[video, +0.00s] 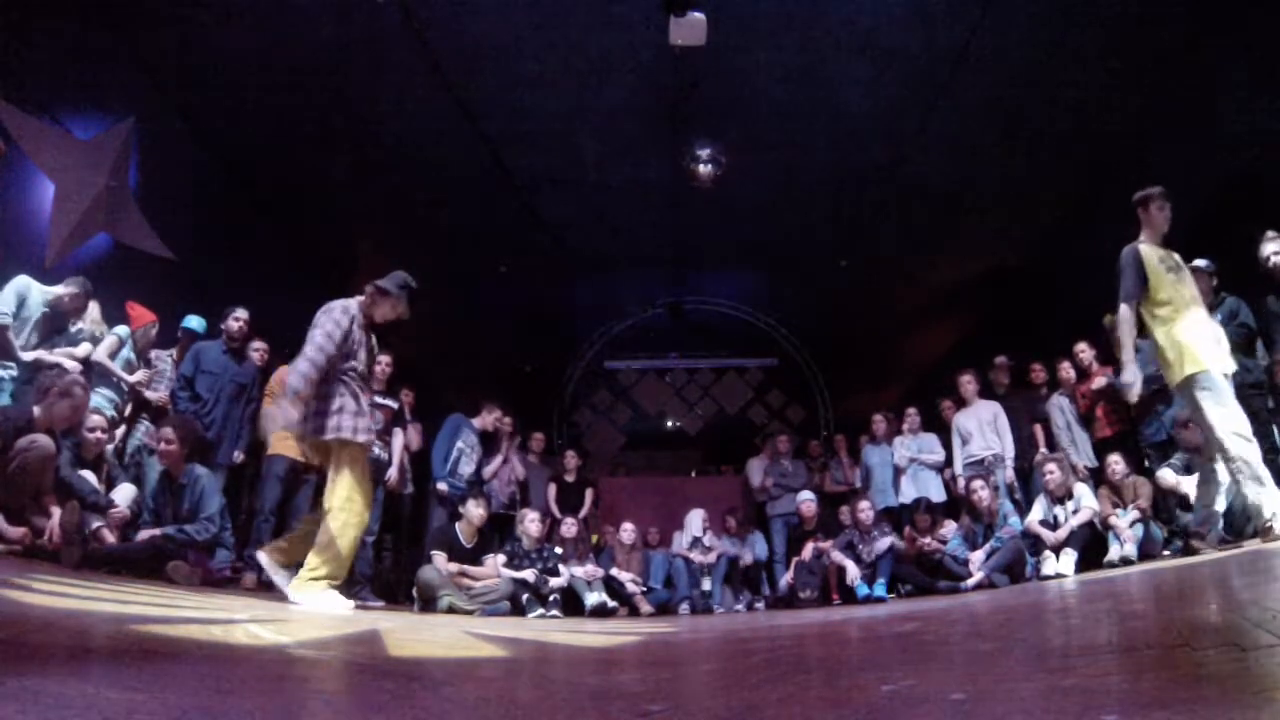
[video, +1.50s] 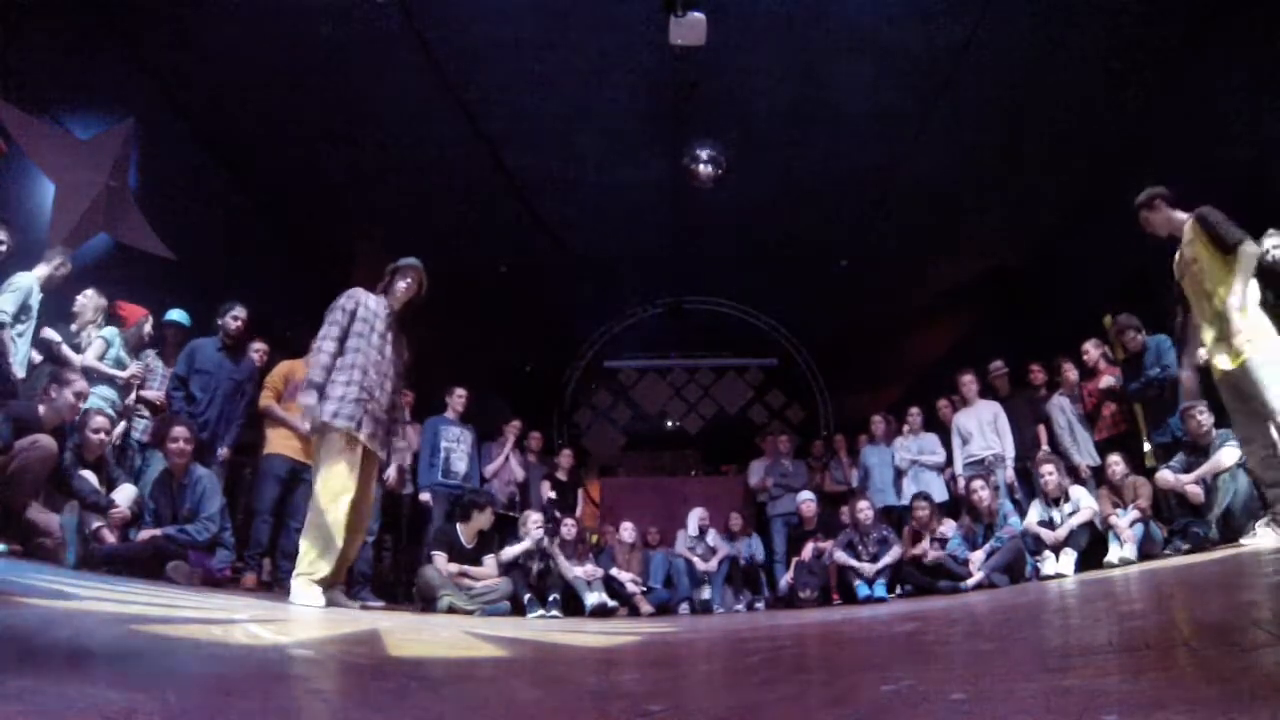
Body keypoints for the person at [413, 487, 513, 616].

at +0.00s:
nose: (482, 512)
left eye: (484, 508)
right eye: (476, 507)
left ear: (488, 512)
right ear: (461, 509)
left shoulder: (485, 538)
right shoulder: (442, 533)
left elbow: (493, 572)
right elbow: (442, 570)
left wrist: (462, 569)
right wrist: (474, 584)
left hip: (476, 590)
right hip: (447, 589)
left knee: (506, 585)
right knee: (426, 573)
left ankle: (453, 605)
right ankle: (477, 609)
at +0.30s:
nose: (484, 514)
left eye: (486, 509)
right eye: (478, 508)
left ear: (489, 512)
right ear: (462, 510)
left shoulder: (485, 538)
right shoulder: (442, 533)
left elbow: (493, 572)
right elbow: (442, 570)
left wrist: (462, 569)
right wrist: (474, 584)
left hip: (476, 591)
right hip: (447, 588)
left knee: (506, 585)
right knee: (427, 574)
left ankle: (453, 604)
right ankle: (476, 609)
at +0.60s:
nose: (485, 514)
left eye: (487, 510)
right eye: (480, 509)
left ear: (489, 513)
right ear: (463, 510)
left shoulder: (485, 538)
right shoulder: (442, 533)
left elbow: (493, 572)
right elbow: (442, 570)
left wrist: (462, 569)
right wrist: (474, 584)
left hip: (476, 591)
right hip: (446, 589)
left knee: (507, 585)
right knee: (429, 572)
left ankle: (453, 605)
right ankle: (476, 610)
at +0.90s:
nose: (491, 517)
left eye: (491, 513)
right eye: (488, 512)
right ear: (473, 513)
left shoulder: (484, 539)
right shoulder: (441, 534)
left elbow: (492, 572)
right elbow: (442, 570)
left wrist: (462, 569)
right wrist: (474, 584)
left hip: (475, 590)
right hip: (446, 589)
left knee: (507, 585)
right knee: (431, 573)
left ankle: (455, 604)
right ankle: (477, 610)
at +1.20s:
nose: (493, 519)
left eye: (493, 514)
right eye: (490, 514)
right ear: (475, 513)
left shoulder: (486, 539)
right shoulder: (445, 533)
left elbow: (492, 572)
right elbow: (442, 569)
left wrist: (462, 569)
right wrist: (475, 584)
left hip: (478, 590)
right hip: (450, 588)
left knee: (506, 585)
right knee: (430, 576)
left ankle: (454, 604)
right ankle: (477, 610)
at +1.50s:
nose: (493, 518)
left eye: (493, 513)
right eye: (490, 513)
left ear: (477, 514)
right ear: (475, 513)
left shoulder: (486, 538)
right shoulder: (444, 532)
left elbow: (492, 572)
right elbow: (442, 570)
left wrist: (461, 569)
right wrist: (475, 584)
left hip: (478, 590)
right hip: (448, 588)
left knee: (507, 584)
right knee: (428, 572)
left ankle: (456, 604)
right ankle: (476, 609)